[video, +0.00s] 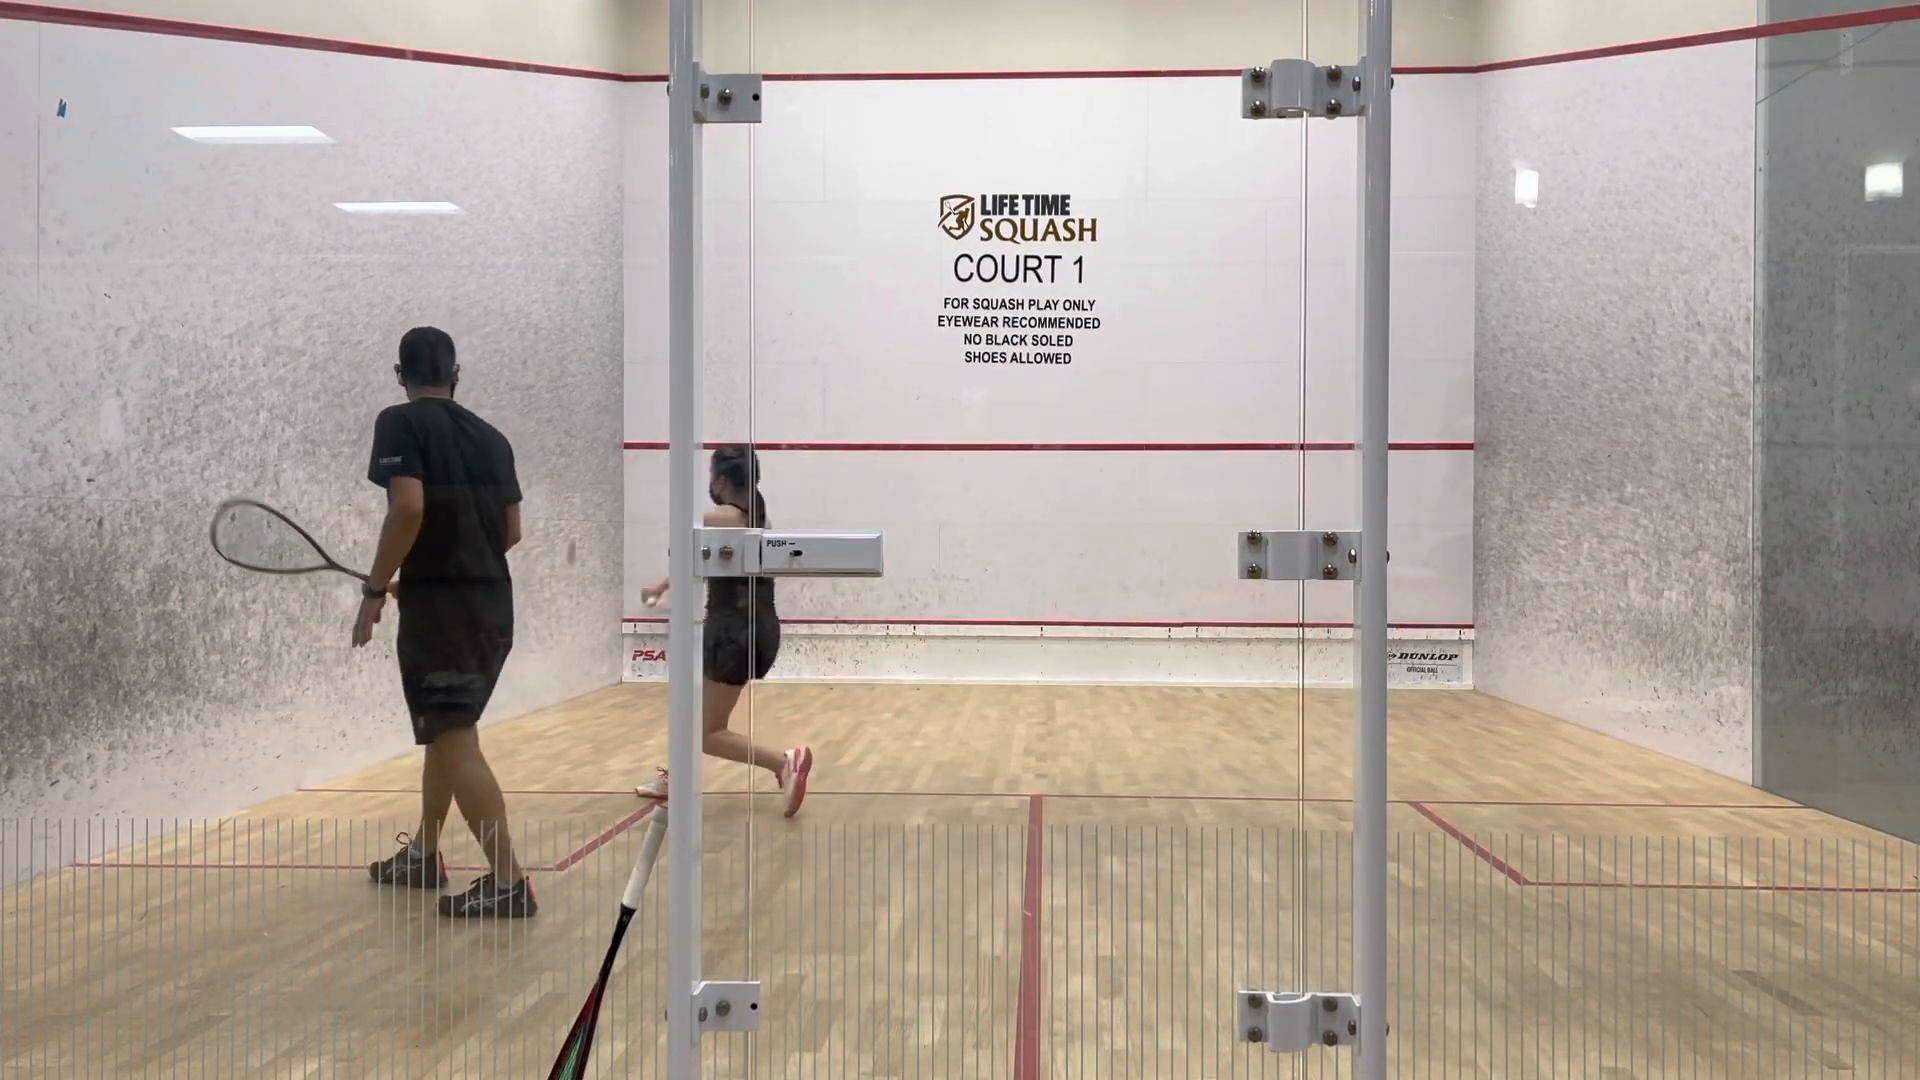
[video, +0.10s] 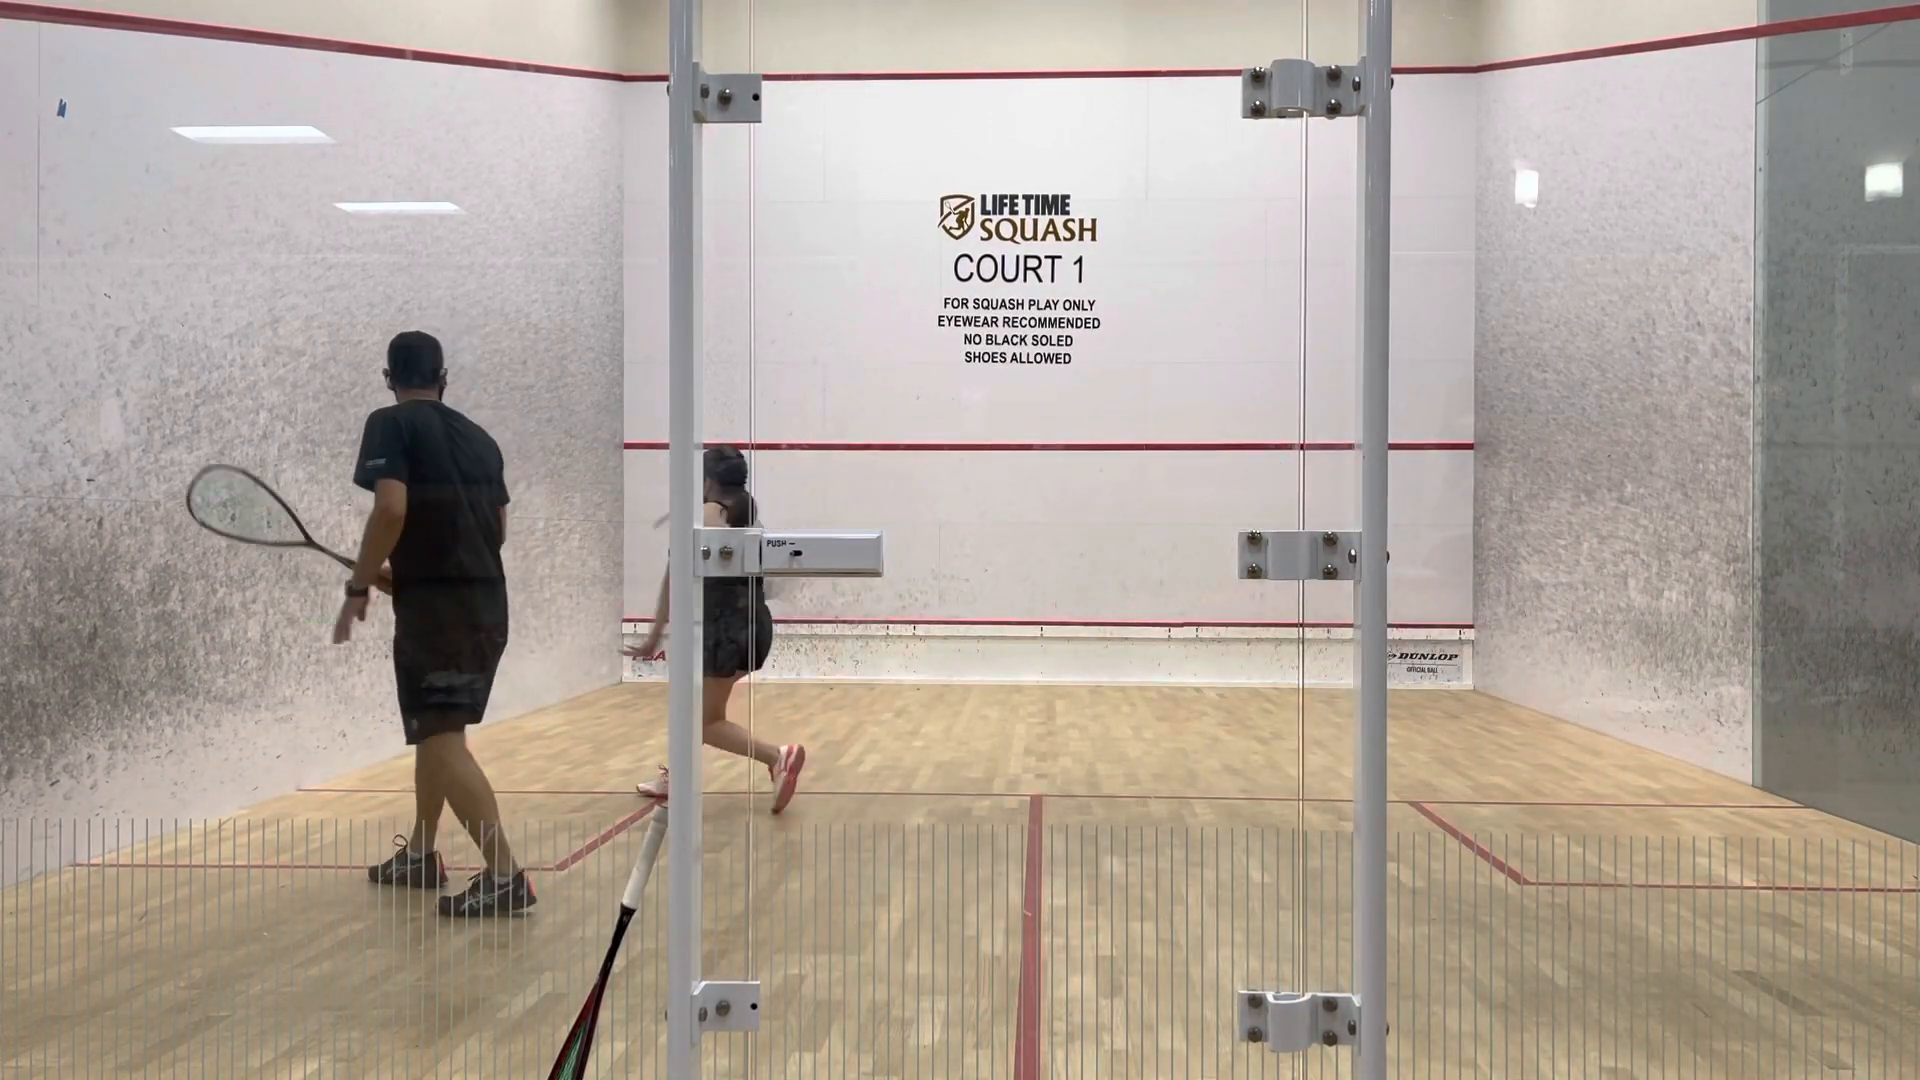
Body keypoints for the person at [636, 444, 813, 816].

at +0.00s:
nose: (709, 482)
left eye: (713, 475)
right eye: (711, 475)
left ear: (724, 480)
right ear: (747, 480)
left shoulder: (720, 518)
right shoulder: (756, 517)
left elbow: (690, 561)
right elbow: (707, 562)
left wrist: (661, 586)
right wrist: (669, 585)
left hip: (732, 629)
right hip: (757, 626)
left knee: (706, 736)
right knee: (698, 709)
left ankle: (783, 763)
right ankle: (676, 778)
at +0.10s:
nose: (695, 484)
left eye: (698, 478)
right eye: (697, 478)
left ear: (708, 481)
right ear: (738, 479)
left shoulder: (708, 513)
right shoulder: (748, 514)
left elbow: (677, 574)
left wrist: (654, 633)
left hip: (719, 627)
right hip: (749, 623)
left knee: (706, 725)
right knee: (695, 707)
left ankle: (777, 757)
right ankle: (673, 777)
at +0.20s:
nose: (686, 478)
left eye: (692, 471)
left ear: (695, 477)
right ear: (735, 478)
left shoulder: (692, 515)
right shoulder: (752, 518)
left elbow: (657, 567)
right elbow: (785, 542)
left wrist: (620, 613)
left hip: (718, 630)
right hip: (753, 626)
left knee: (692, 717)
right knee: (693, 703)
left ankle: (767, 757)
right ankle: (675, 776)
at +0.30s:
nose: (696, 479)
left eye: (699, 473)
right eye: (699, 473)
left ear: (707, 477)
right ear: (739, 477)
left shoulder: (702, 512)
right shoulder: (761, 518)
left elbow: (665, 548)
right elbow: (816, 527)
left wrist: (627, 581)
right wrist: (868, 530)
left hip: (721, 630)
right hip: (753, 628)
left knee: (677, 713)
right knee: (688, 695)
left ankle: (757, 758)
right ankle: (675, 777)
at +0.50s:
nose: (725, 457)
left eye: (727, 450)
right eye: (727, 450)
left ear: (736, 453)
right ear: (769, 452)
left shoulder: (726, 490)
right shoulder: (792, 497)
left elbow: (678, 529)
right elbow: (837, 519)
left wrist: (627, 556)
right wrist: (883, 521)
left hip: (737, 611)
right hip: (780, 614)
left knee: (721, 706)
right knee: (727, 707)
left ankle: (776, 780)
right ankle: (685, 781)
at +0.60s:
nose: (737, 449)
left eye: (740, 442)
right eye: (738, 442)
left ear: (751, 443)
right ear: (781, 443)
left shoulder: (741, 480)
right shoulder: (808, 489)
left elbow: (690, 522)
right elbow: (844, 521)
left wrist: (635, 542)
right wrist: (867, 519)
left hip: (759, 603)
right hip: (800, 603)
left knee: (744, 700)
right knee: (753, 685)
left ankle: (780, 788)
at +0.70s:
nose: (754, 444)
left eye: (757, 437)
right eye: (754, 437)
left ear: (771, 437)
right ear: (798, 435)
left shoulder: (755, 477)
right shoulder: (823, 482)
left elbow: (718, 522)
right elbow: (855, 532)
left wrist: (670, 533)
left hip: (777, 601)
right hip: (820, 599)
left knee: (760, 696)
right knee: (790, 684)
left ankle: (781, 788)